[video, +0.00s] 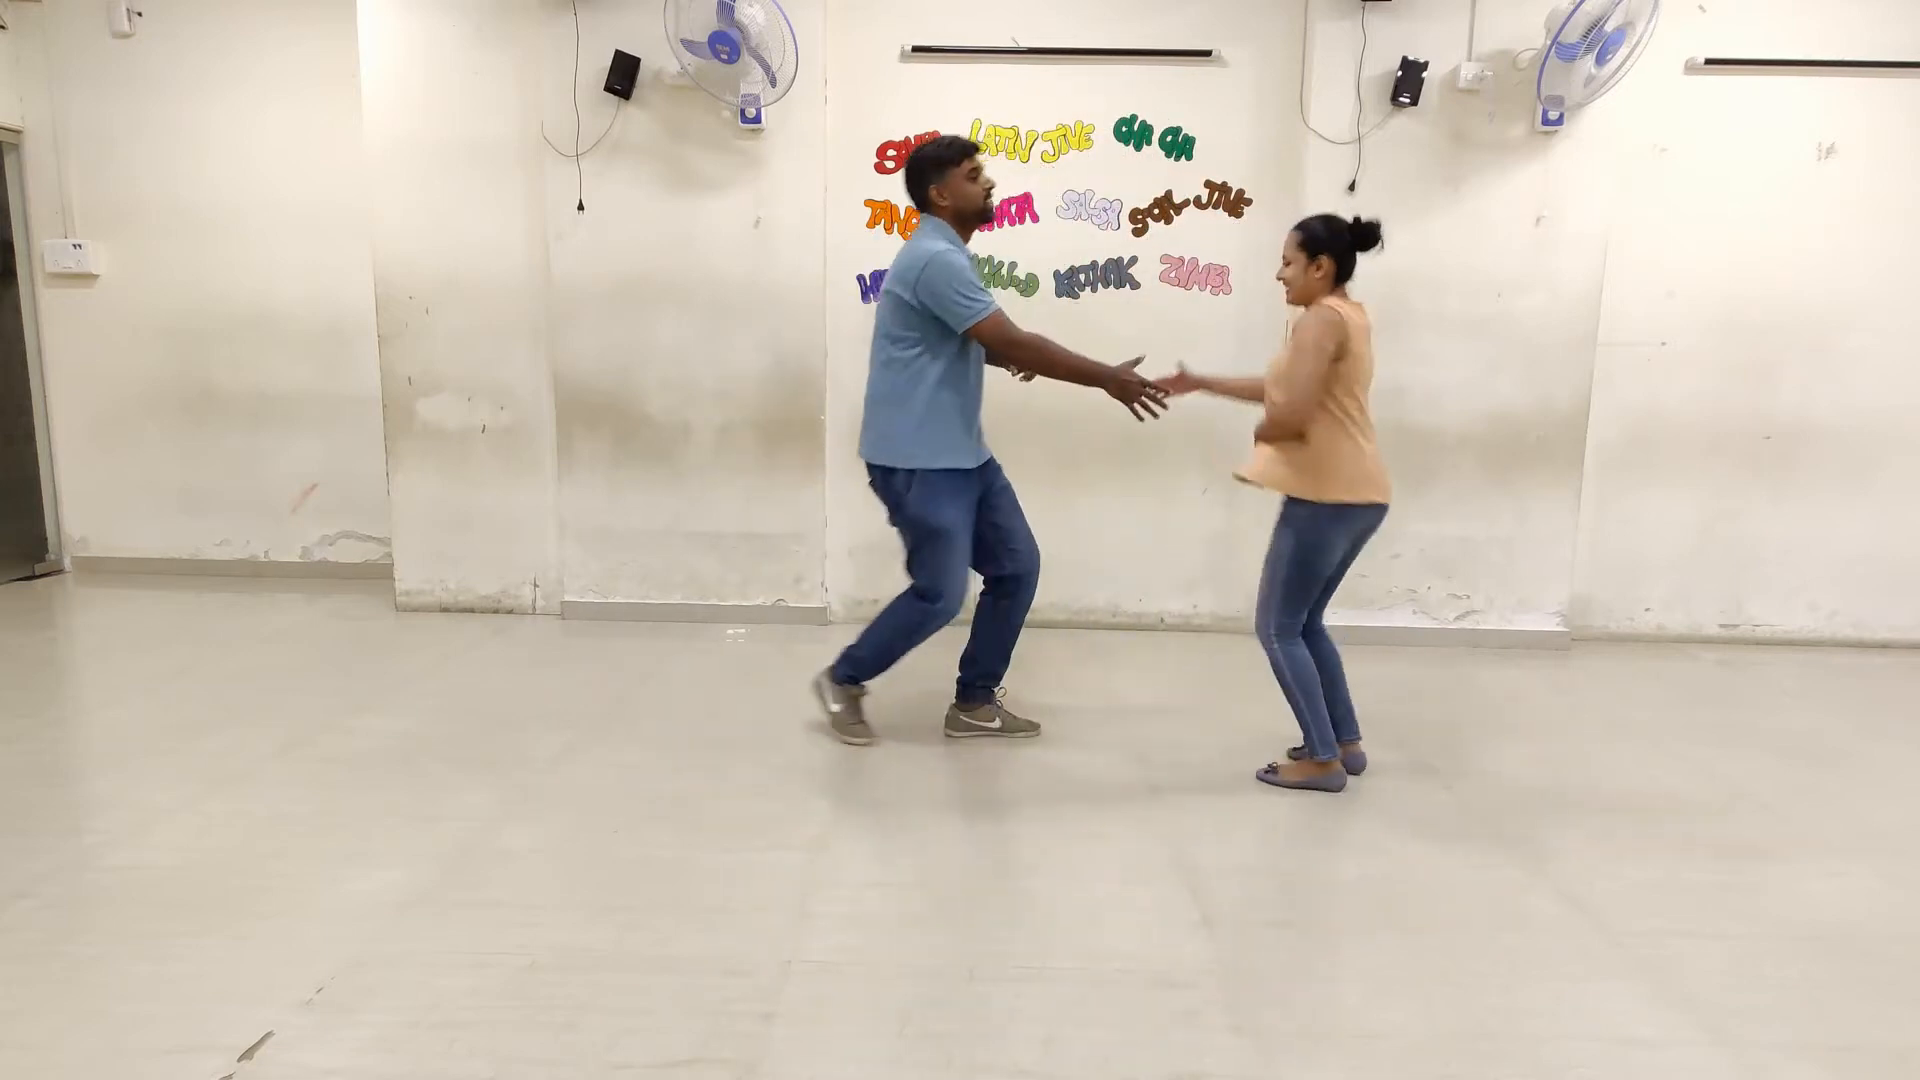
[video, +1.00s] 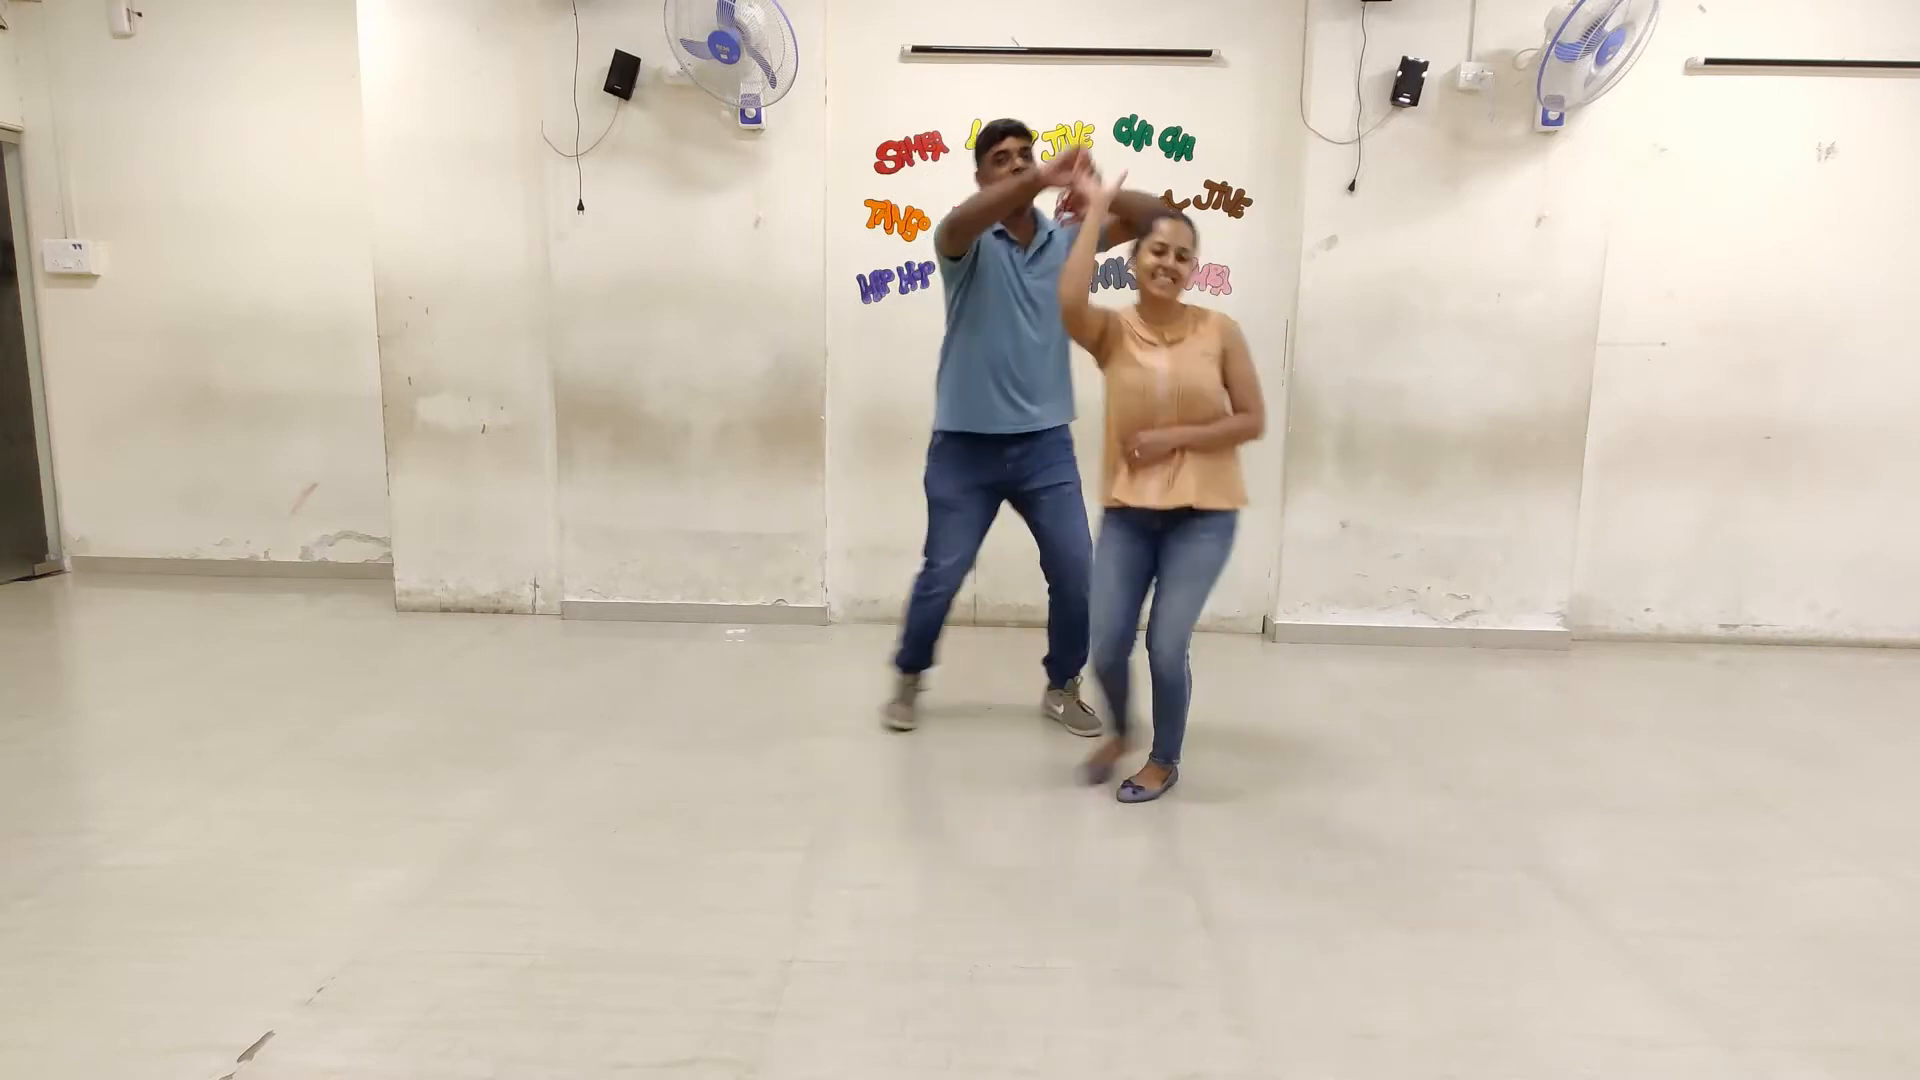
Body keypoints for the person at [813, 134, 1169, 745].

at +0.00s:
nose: (988, 182)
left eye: (982, 172)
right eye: (972, 175)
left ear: (945, 193)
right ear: (937, 193)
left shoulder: (949, 255)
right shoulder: (935, 257)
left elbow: (975, 349)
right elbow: (1014, 344)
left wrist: (1012, 359)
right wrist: (1107, 376)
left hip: (960, 449)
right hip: (915, 454)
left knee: (1016, 567)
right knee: (939, 592)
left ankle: (975, 702)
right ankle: (842, 680)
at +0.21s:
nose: (947, 183)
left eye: (943, 174)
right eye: (934, 176)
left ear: (904, 195)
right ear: (899, 191)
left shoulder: (900, 248)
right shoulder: (894, 255)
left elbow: (923, 299)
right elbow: (982, 336)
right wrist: (1082, 365)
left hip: (901, 446)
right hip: (859, 451)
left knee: (962, 559)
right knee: (882, 587)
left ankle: (1013, 694)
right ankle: (824, 693)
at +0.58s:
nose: (934, 170)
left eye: (933, 161)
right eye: (919, 163)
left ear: (922, 173)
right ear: (884, 179)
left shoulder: (922, 234)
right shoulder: (878, 239)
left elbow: (972, 222)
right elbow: (939, 327)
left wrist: (982, 233)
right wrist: (1041, 335)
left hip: (910, 430)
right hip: (851, 437)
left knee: (979, 537)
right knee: (865, 579)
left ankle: (957, 676)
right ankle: (814, 693)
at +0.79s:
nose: (971, 192)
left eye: (972, 183)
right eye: (955, 185)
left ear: (976, 193)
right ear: (921, 203)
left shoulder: (984, 262)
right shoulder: (910, 259)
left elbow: (1061, 256)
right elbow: (906, 320)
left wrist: (1043, 246)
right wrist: (1003, 346)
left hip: (967, 457)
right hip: (901, 463)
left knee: (1035, 556)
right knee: (899, 597)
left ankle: (1037, 689)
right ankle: (819, 693)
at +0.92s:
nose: (998, 178)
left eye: (1003, 169)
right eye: (982, 173)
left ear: (1015, 180)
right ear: (958, 190)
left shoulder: (1032, 245)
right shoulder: (946, 243)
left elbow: (1120, 242)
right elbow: (937, 262)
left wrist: (1083, 227)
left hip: (1019, 449)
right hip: (944, 453)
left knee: (1067, 562)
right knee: (922, 577)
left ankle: (1045, 691)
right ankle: (845, 683)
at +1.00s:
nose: (1016, 166)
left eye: (1024, 157)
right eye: (1001, 160)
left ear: (1037, 172)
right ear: (981, 177)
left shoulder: (1067, 240)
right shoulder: (964, 241)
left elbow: (1158, 213)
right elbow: (957, 224)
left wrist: (1099, 196)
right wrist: (1041, 177)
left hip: (1045, 439)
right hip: (964, 441)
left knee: (1074, 571)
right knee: (944, 570)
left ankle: (1063, 686)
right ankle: (908, 676)